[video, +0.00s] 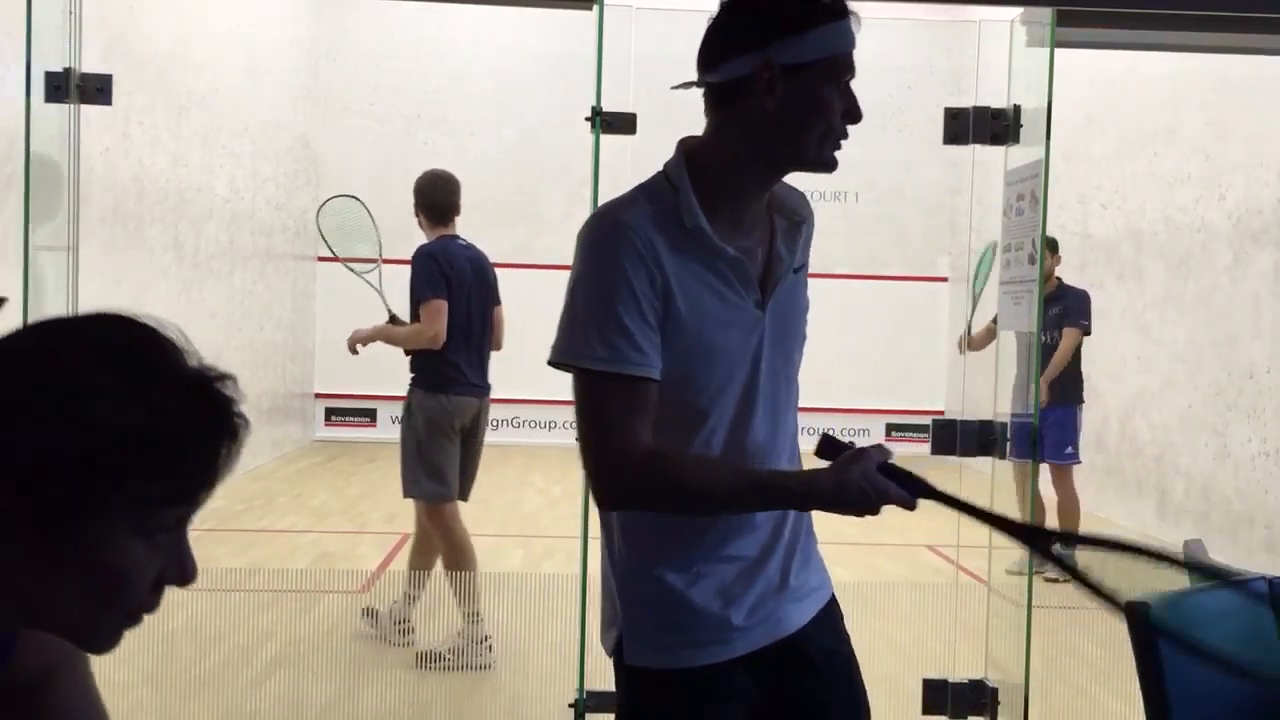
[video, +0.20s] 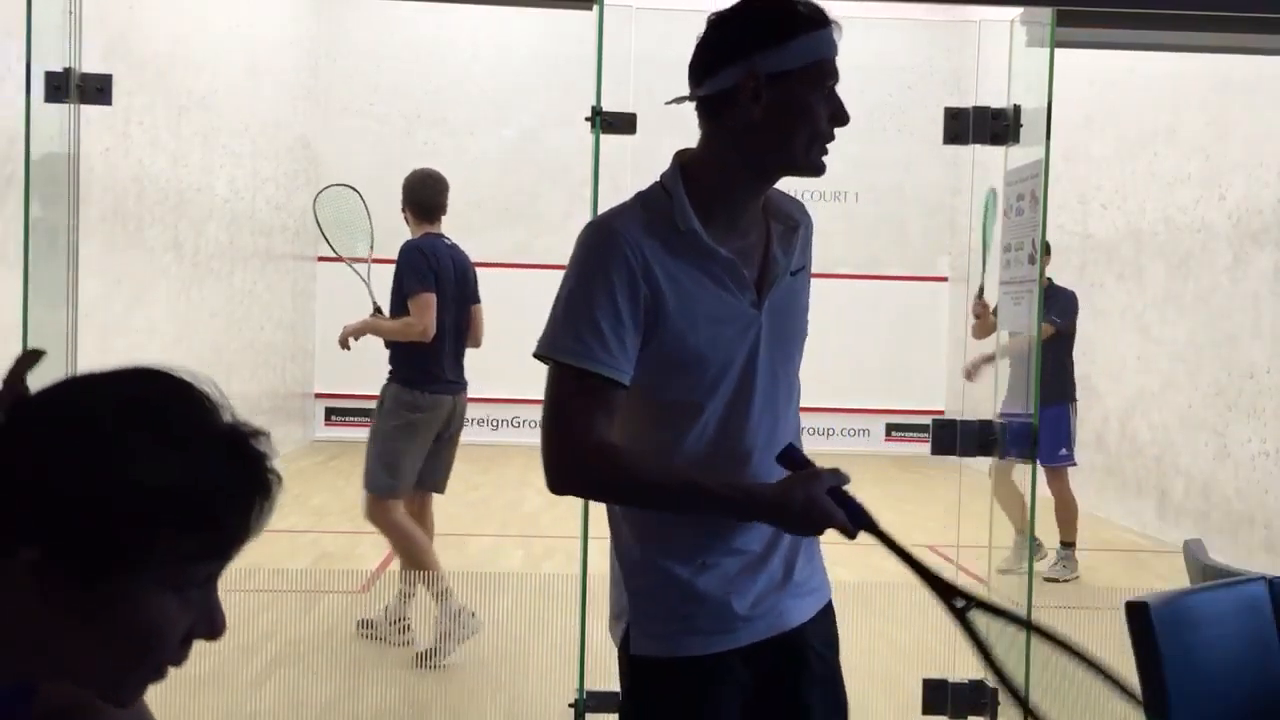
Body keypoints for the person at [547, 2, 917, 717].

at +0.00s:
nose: (855, 110)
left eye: (850, 84)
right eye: (839, 82)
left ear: (769, 89)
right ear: (767, 85)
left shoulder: (790, 216)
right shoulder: (626, 239)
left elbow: (753, 405)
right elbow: (617, 474)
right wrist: (814, 487)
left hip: (797, 604)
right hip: (682, 634)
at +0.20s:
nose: (842, 113)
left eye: (835, 87)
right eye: (822, 86)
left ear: (758, 95)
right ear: (753, 94)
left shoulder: (790, 228)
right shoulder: (622, 247)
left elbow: (759, 404)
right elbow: (571, 460)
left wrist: (802, 472)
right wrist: (764, 502)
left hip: (796, 606)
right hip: (683, 625)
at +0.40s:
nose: (835, 124)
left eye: (828, 100)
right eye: (815, 99)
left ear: (757, 108)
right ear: (751, 107)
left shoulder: (790, 238)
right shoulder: (630, 256)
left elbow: (774, 407)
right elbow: (563, 447)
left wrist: (822, 527)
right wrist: (737, 515)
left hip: (788, 606)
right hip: (686, 619)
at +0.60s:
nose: (828, 139)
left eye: (822, 116)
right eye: (810, 115)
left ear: (753, 122)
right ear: (746, 121)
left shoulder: (782, 245)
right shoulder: (626, 260)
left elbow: (787, 381)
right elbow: (560, 440)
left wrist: (879, 494)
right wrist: (719, 510)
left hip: (776, 596)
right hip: (679, 610)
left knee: (788, 718)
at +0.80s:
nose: (814, 138)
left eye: (807, 116)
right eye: (795, 116)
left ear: (737, 122)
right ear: (732, 121)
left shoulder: (775, 246)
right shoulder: (619, 254)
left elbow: (788, 387)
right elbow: (557, 429)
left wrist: (886, 470)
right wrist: (704, 501)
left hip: (764, 584)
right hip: (672, 596)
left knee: (769, 714)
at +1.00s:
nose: (781, 136)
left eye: (773, 118)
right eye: (759, 120)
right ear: (691, 136)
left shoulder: (771, 246)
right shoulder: (609, 253)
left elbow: (809, 389)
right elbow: (545, 423)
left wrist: (849, 405)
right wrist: (688, 501)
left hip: (753, 568)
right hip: (658, 578)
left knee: (756, 712)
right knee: (668, 716)